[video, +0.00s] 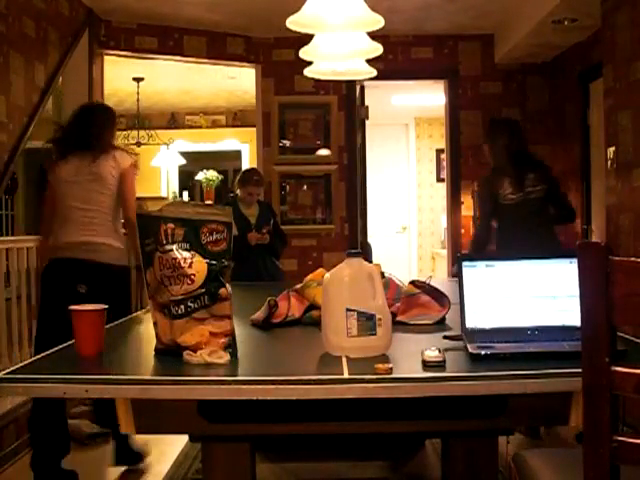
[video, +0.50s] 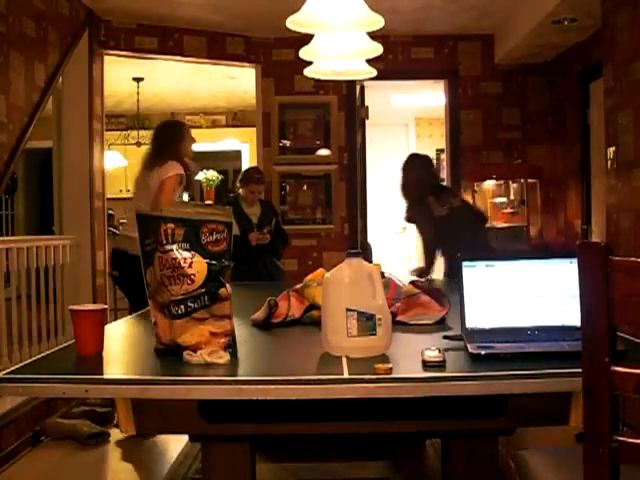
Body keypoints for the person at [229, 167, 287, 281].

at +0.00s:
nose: (254, 199)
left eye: (257, 195)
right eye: (250, 194)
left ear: (261, 192)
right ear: (239, 189)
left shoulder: (266, 208)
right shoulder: (229, 208)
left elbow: (282, 239)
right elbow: (225, 245)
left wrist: (269, 239)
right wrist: (246, 240)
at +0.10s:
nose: (254, 199)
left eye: (258, 194)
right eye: (249, 194)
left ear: (261, 191)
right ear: (239, 189)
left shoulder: (266, 208)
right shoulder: (229, 208)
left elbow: (281, 239)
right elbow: (224, 243)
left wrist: (269, 239)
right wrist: (246, 240)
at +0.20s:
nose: (254, 199)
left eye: (258, 194)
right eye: (249, 194)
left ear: (262, 191)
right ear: (240, 189)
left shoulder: (266, 208)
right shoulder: (229, 208)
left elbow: (282, 239)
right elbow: (225, 242)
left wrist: (269, 239)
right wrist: (246, 240)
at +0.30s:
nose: (254, 199)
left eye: (258, 194)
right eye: (250, 194)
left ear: (262, 191)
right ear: (240, 189)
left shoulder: (266, 208)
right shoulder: (230, 207)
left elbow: (282, 238)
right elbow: (225, 242)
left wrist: (269, 239)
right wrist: (246, 240)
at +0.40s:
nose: (255, 198)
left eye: (259, 193)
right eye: (251, 193)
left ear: (262, 190)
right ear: (240, 188)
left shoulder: (267, 207)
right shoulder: (229, 207)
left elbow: (282, 238)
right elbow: (225, 243)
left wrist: (269, 239)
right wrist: (246, 240)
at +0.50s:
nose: (255, 197)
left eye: (259, 193)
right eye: (251, 193)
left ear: (263, 190)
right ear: (241, 188)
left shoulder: (268, 207)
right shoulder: (230, 207)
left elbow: (283, 238)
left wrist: (270, 239)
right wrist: (247, 239)